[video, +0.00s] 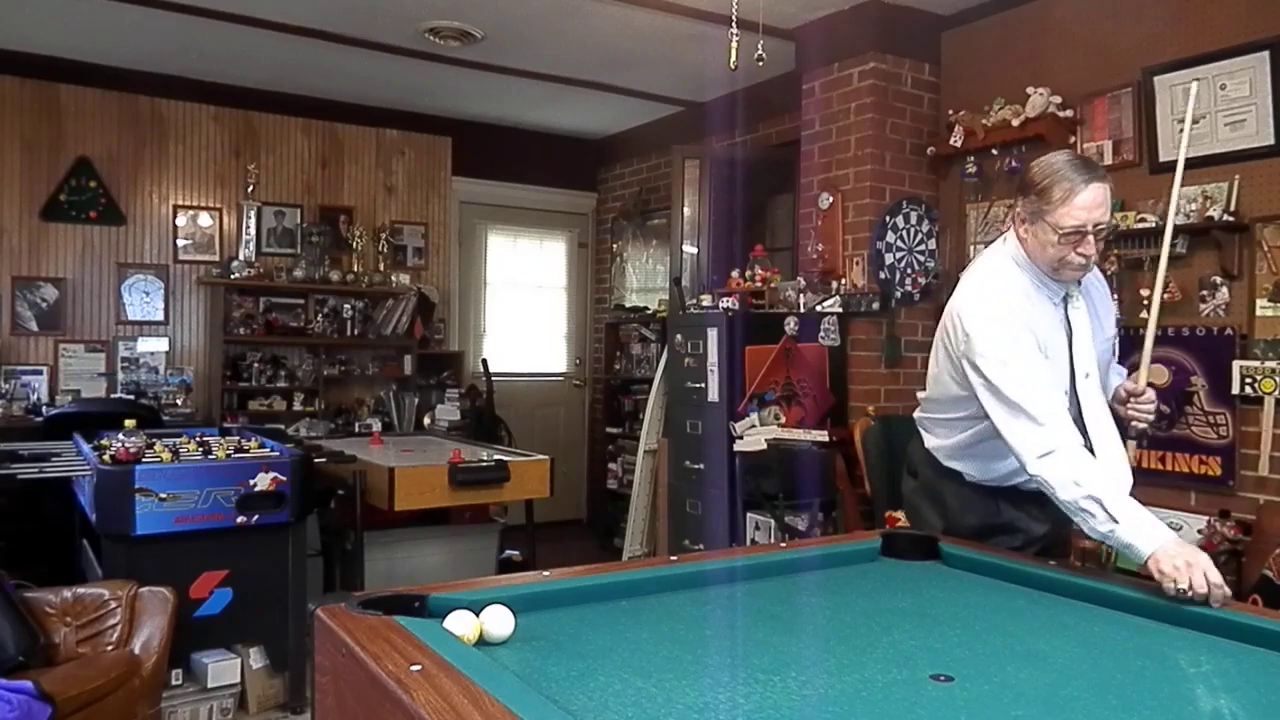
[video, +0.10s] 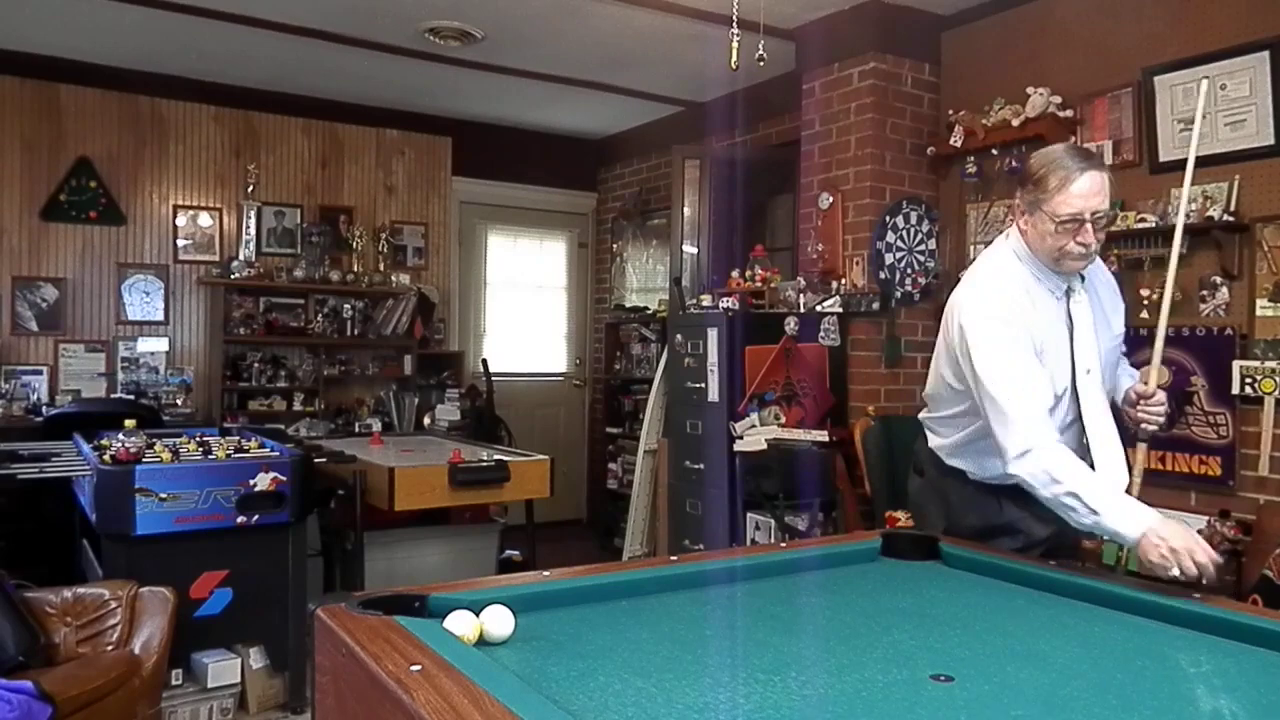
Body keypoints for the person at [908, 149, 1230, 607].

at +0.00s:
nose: (1089, 250)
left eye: (1099, 231)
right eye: (1071, 233)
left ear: (1107, 221)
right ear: (1022, 223)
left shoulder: (1085, 277)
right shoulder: (989, 306)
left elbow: (1099, 363)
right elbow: (1049, 452)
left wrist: (1121, 392)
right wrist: (1156, 544)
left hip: (1045, 501)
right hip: (967, 505)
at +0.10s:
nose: (1088, 239)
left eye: (1098, 220)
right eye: (1069, 222)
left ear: (1108, 213)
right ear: (1023, 217)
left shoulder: (1094, 277)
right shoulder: (989, 298)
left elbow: (1110, 359)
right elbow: (1030, 451)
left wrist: (1129, 393)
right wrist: (1140, 527)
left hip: (1057, 493)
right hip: (975, 500)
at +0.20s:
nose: (1086, 226)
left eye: (1097, 208)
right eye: (1066, 210)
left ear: (1107, 203)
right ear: (1021, 210)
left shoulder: (1102, 272)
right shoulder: (986, 290)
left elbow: (1123, 357)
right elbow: (988, 440)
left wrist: (1141, 398)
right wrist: (1102, 509)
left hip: (1076, 493)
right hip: (985, 498)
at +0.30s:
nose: (1079, 213)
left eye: (1090, 194)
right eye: (1059, 198)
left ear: (1103, 193)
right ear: (1021, 202)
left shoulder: (1114, 271)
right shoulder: (982, 284)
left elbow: (1142, 356)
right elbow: (959, 430)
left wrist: (1154, 403)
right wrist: (1054, 504)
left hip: (1085, 501)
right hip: (991, 505)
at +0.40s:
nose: (1068, 199)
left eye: (1083, 182)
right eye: (1049, 186)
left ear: (1105, 185)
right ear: (1021, 192)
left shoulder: (1127, 274)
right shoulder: (978, 281)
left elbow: (1160, 360)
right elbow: (934, 408)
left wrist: (1165, 408)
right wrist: (1005, 486)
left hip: (1101, 506)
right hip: (994, 512)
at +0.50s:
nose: (1062, 188)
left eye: (1079, 172)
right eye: (1046, 176)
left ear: (1111, 178)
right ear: (1030, 188)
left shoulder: (1150, 281)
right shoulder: (984, 271)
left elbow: (1192, 373)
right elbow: (919, 380)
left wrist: (1182, 425)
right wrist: (962, 450)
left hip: (1109, 512)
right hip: (998, 507)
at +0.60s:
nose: (1072, 181)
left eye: (1091, 166)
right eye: (1058, 169)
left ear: (1128, 175)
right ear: (1045, 183)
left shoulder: (1168, 286)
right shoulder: (995, 266)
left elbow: (1217, 389)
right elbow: (921, 351)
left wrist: (1175, 438)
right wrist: (934, 397)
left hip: (1104, 512)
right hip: (996, 501)